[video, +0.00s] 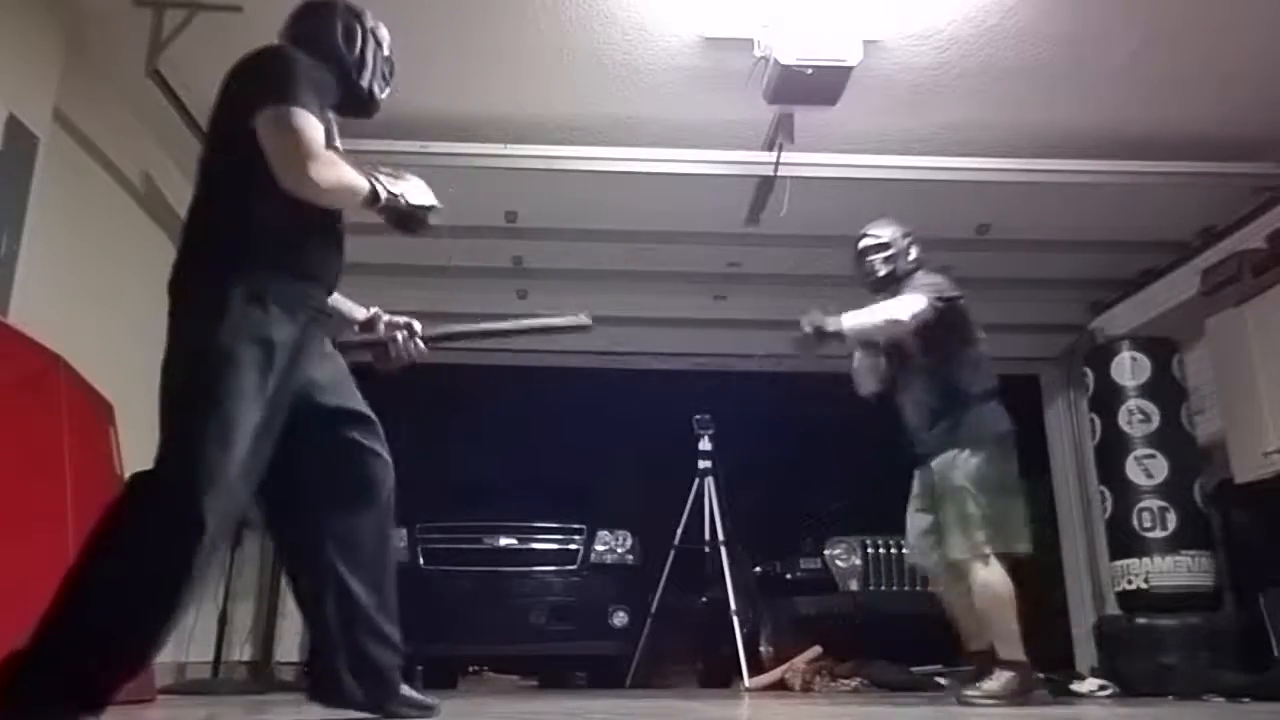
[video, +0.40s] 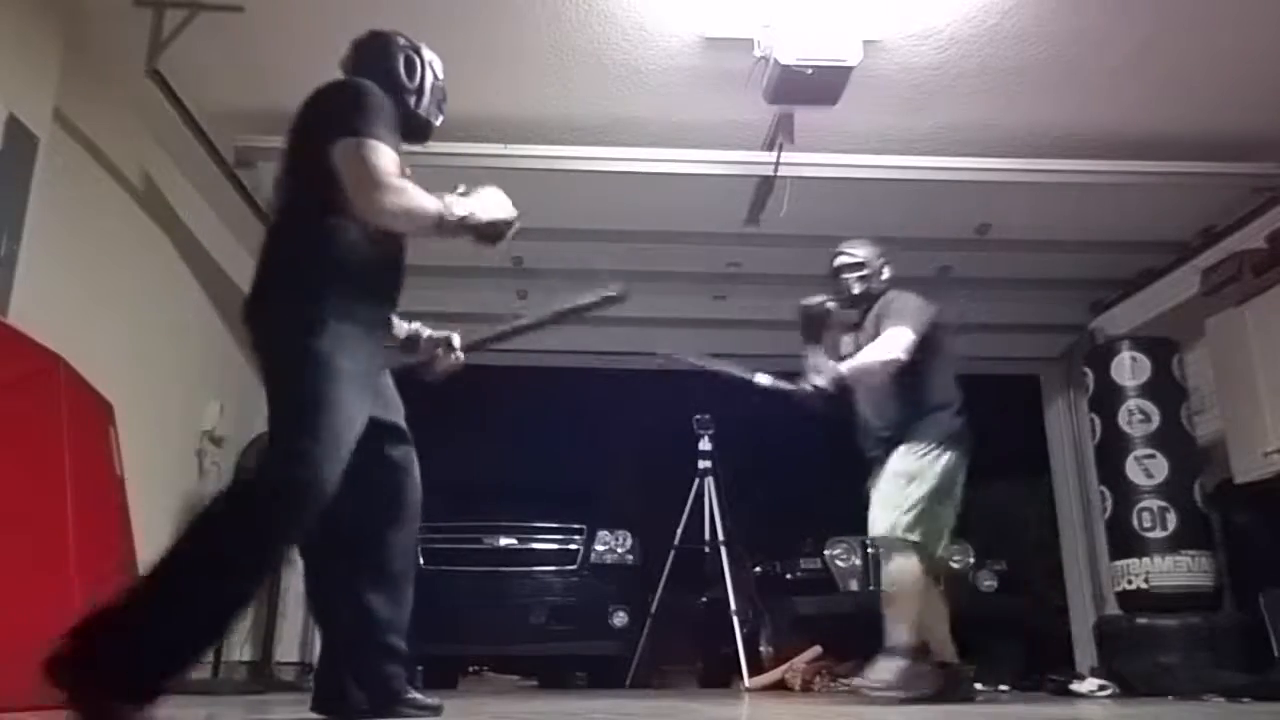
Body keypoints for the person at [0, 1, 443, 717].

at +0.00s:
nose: (370, 85)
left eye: (374, 73)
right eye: (369, 67)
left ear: (322, 40)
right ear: (347, 43)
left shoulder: (307, 113)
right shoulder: (282, 68)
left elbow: (285, 264)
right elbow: (303, 165)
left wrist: (366, 322)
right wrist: (382, 191)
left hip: (299, 325)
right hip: (240, 306)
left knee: (353, 476)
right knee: (194, 496)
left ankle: (361, 677)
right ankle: (47, 691)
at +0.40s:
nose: (429, 112)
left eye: (432, 99)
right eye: (428, 94)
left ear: (380, 72)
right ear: (408, 75)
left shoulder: (373, 145)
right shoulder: (354, 97)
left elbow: (344, 292)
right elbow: (377, 194)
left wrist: (410, 342)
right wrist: (465, 210)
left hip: (356, 340)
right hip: (316, 323)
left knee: (387, 489)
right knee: (301, 480)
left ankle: (369, 683)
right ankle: (109, 667)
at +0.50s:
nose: (442, 106)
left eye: (442, 94)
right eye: (437, 89)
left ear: (384, 71)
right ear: (415, 74)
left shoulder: (373, 137)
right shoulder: (370, 97)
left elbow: (346, 285)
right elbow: (412, 199)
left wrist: (403, 346)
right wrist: (489, 215)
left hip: (355, 335)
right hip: (321, 314)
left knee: (394, 481)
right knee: (321, 476)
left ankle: (368, 682)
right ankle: (136, 674)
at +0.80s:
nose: (425, 44)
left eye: (425, 34)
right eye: (422, 28)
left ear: (352, 16)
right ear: (399, 16)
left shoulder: (313, 74)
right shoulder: (364, 52)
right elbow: (378, 153)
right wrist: (468, 273)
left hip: (303, 280)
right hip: (319, 277)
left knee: (352, 479)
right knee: (290, 480)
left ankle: (364, 684)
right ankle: (82, 682)